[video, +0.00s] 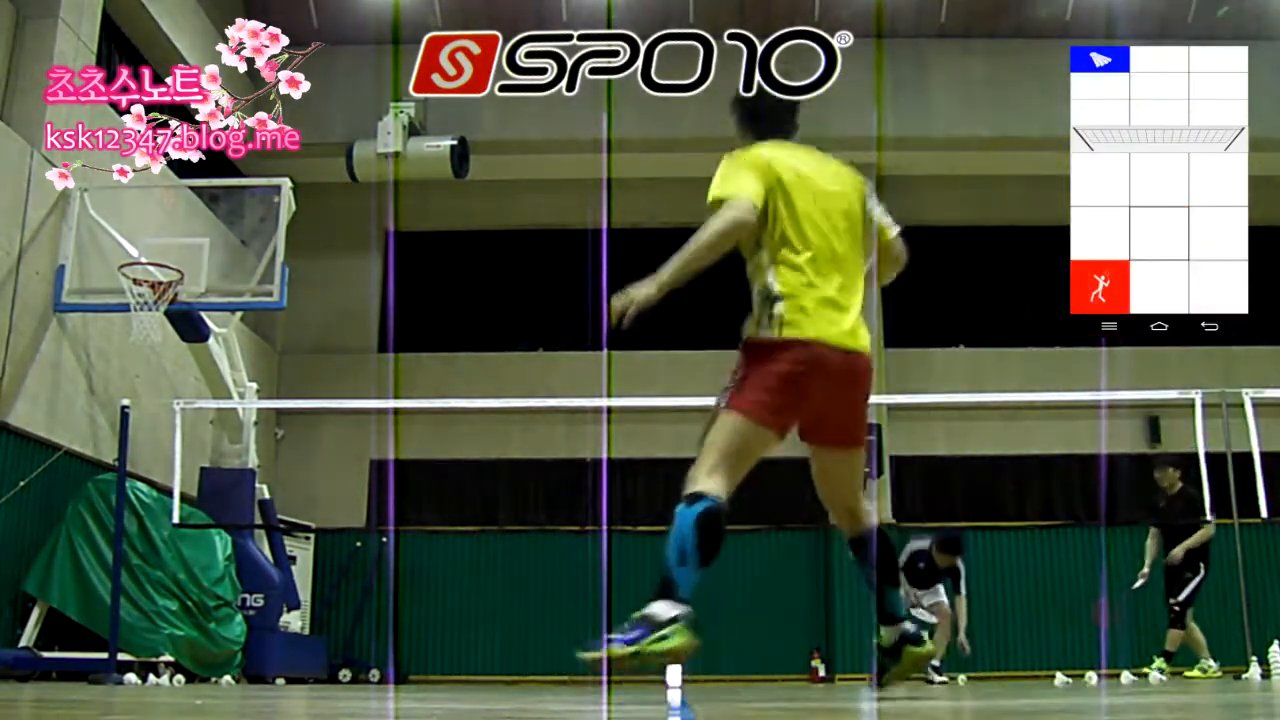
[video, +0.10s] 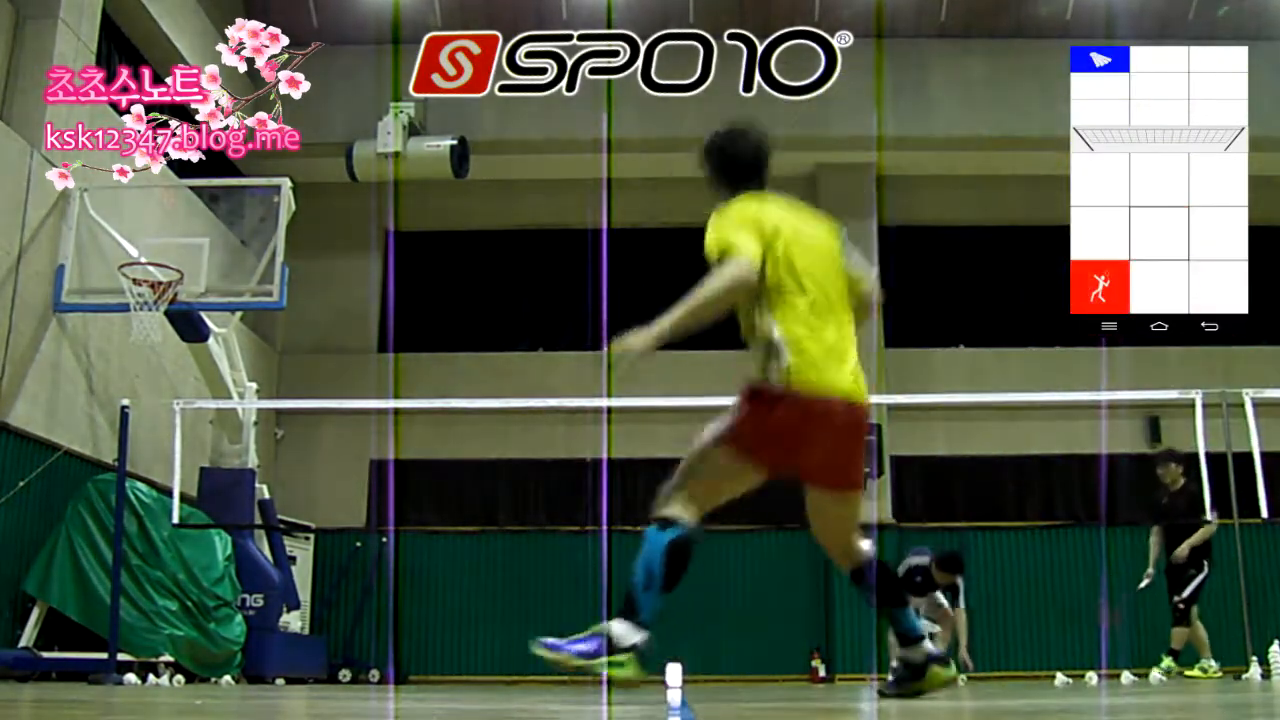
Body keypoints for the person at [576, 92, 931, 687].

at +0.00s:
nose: (738, 125)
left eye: (739, 117)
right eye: (750, 115)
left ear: (742, 122)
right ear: (794, 122)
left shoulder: (749, 160)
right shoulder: (844, 176)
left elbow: (740, 216)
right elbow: (894, 254)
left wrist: (657, 284)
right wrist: (842, 291)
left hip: (787, 346)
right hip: (853, 354)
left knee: (713, 475)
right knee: (850, 506)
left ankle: (671, 606)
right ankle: (900, 627)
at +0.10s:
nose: (710, 183)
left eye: (710, 173)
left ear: (716, 174)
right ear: (765, 168)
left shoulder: (736, 215)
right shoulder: (818, 223)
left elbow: (742, 272)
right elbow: (867, 290)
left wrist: (654, 333)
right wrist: (826, 339)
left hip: (784, 401)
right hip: (847, 409)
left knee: (682, 501)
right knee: (841, 536)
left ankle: (629, 626)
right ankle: (917, 646)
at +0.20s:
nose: (659, 228)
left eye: (659, 219)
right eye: (663, 216)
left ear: (665, 221)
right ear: (713, 211)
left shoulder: (694, 257)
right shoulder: (772, 259)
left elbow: (692, 313)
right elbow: (832, 319)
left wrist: (592, 359)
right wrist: (793, 370)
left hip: (767, 430)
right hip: (830, 436)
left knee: (639, 512)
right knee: (824, 554)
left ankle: (610, 652)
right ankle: (921, 653)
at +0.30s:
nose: (575, 212)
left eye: (576, 202)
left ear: (586, 201)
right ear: (634, 186)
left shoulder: (602, 244)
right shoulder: (701, 227)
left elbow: (553, 323)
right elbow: (780, 271)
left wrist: (488, 350)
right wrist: (712, 276)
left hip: (703, 415)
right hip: (772, 414)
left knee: (585, 509)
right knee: (824, 544)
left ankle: (600, 663)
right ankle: (909, 643)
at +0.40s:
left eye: (514, 160)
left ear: (517, 159)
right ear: (570, 141)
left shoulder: (518, 210)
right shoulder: (634, 169)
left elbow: (466, 297)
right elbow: (711, 181)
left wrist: (445, 264)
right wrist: (701, 158)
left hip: (612, 376)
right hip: (694, 362)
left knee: (558, 513)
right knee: (748, 506)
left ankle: (597, 661)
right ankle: (818, 632)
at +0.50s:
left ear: (468, 89)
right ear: (520, 72)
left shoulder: (463, 145)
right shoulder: (568, 99)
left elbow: (444, 232)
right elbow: (623, 80)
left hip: (538, 308)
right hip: (625, 292)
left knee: (543, 483)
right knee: (652, 450)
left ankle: (570, 632)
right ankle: (680, 595)